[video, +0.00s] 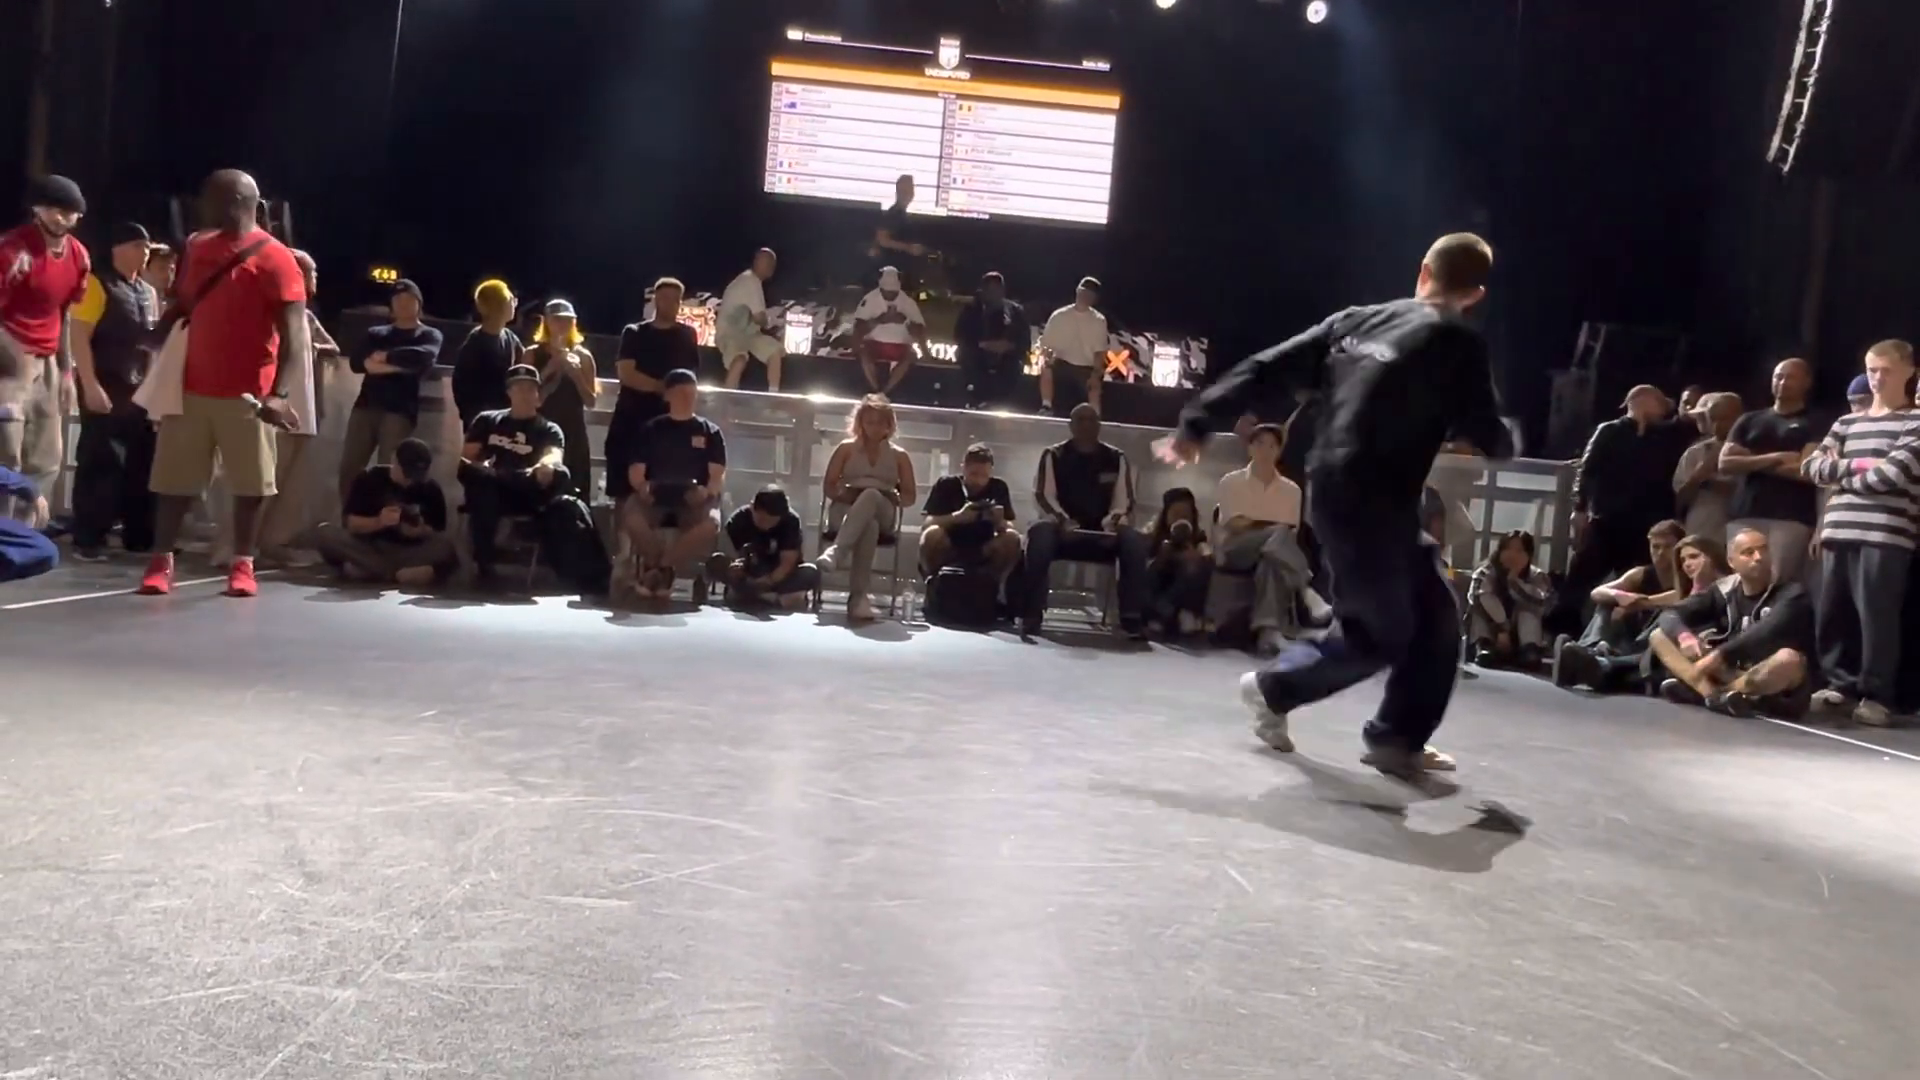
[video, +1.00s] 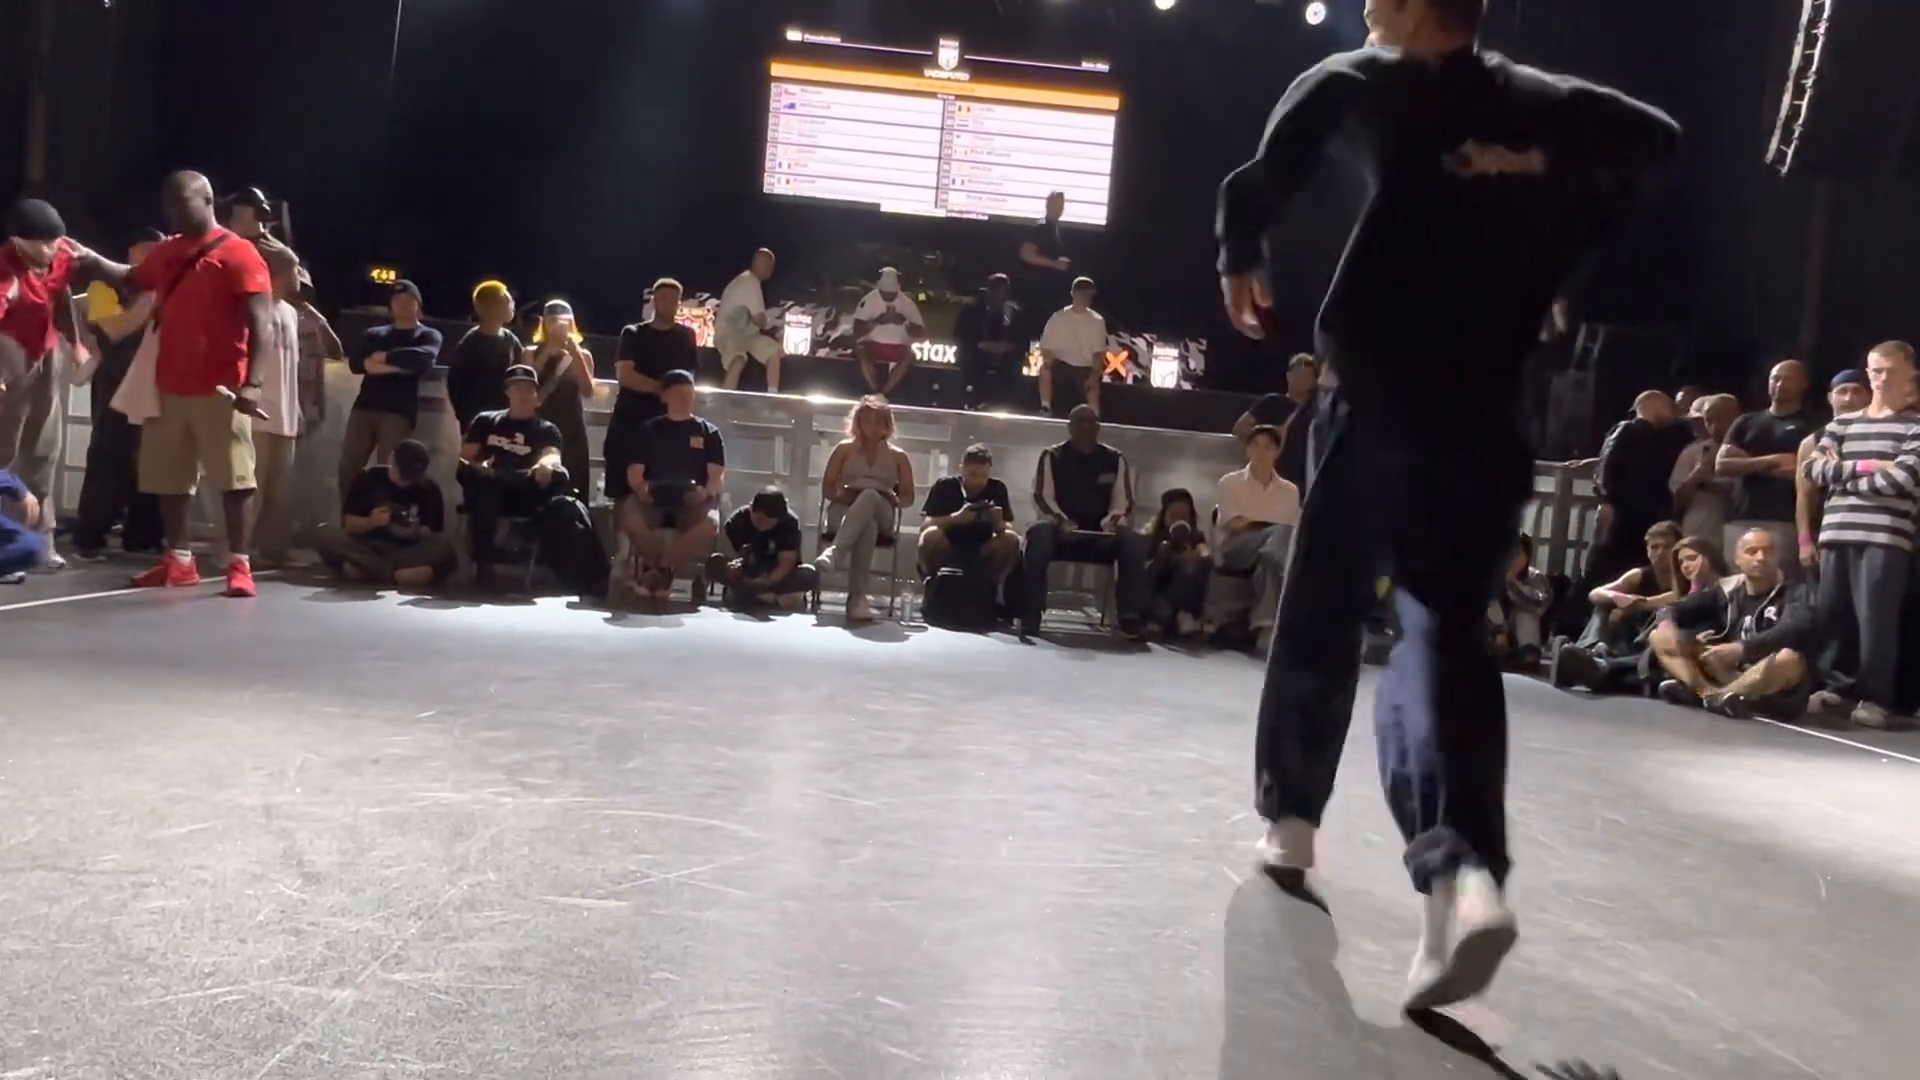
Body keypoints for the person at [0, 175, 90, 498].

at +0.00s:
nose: (66, 219)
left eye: (72, 213)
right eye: (59, 210)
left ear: (79, 217)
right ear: (38, 210)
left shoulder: (78, 255)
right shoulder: (14, 248)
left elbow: (67, 315)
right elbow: (2, 311)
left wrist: (67, 370)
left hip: (49, 362)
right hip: (12, 360)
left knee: (47, 455)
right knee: (10, 452)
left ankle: (29, 532)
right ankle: (6, 530)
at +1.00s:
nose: (54, 248)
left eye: (56, 240)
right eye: (46, 242)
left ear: (57, 237)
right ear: (21, 241)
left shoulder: (62, 253)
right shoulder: (8, 266)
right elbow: (5, 308)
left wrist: (76, 341)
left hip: (50, 357)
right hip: (11, 360)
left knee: (45, 450)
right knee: (8, 452)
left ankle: (41, 542)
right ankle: (8, 547)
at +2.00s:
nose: (87, 194)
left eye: (86, 188)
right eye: (79, 187)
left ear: (66, 196)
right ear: (51, 191)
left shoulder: (77, 250)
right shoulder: (11, 230)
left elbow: (73, 308)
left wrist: (96, 340)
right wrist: (19, 343)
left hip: (57, 362)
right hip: (12, 358)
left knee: (55, 458)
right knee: (8, 451)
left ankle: (53, 549)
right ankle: (9, 546)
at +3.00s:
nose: (94, 235)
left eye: (96, 228)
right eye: (88, 227)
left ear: (70, 224)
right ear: (61, 219)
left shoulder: (78, 270)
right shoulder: (14, 249)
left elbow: (81, 318)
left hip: (56, 376)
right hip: (11, 374)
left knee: (51, 479)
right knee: (8, 478)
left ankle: (38, 573)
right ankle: (4, 577)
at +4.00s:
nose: (77, 284)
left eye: (80, 278)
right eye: (73, 275)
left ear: (63, 266)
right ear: (53, 259)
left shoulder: (66, 306)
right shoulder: (9, 283)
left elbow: (64, 359)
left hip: (43, 410)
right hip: (6, 410)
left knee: (37, 512)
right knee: (4, 510)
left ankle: (21, 607)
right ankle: (3, 606)